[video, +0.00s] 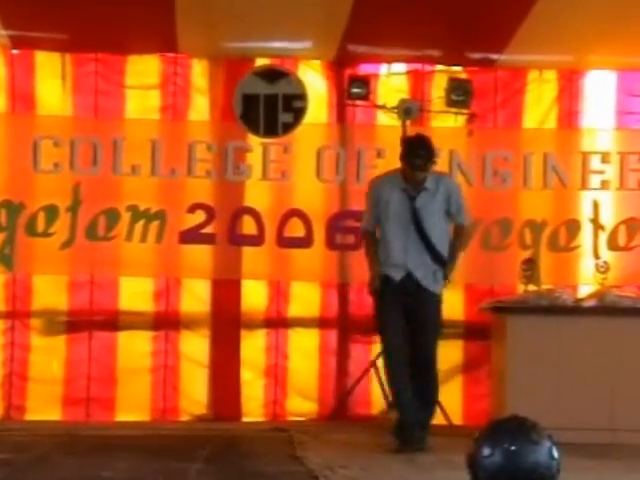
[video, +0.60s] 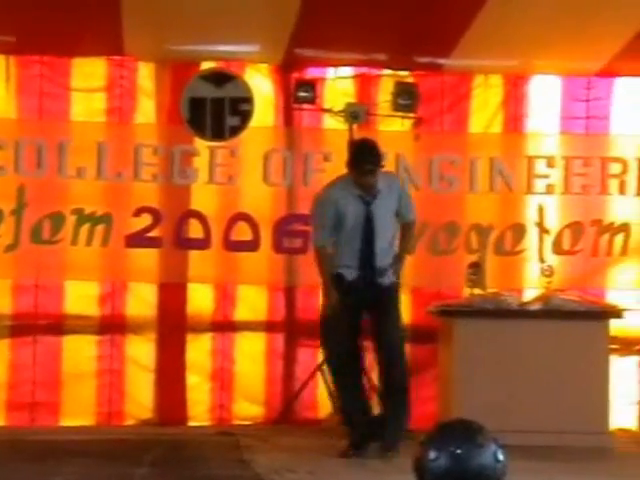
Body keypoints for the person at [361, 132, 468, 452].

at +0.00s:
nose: (419, 176)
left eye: (424, 170)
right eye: (413, 169)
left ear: (433, 165)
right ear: (402, 163)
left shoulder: (446, 187)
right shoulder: (381, 187)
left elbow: (463, 226)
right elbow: (369, 231)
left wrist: (448, 266)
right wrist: (375, 270)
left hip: (427, 282)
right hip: (389, 281)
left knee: (424, 356)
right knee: (396, 355)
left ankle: (420, 427)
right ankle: (406, 426)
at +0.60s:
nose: (370, 180)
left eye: (374, 173)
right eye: (363, 174)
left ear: (381, 168)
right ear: (351, 170)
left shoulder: (394, 188)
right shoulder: (331, 197)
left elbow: (408, 221)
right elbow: (322, 246)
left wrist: (401, 255)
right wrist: (330, 287)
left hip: (384, 282)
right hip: (345, 283)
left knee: (392, 356)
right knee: (342, 357)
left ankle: (393, 430)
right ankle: (358, 428)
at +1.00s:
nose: (360, 186)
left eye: (365, 179)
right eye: (354, 178)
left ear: (372, 177)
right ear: (341, 175)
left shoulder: (384, 203)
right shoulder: (319, 206)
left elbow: (402, 236)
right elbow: (314, 253)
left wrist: (392, 275)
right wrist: (328, 287)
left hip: (383, 294)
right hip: (344, 298)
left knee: (402, 361)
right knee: (355, 370)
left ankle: (369, 434)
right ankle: (383, 435)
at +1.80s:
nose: (341, 181)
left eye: (346, 174)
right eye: (335, 174)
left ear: (352, 171)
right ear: (320, 168)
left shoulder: (357, 198)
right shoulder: (293, 195)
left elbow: (360, 239)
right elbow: (270, 236)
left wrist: (351, 278)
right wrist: (290, 279)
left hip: (339, 297)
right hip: (301, 295)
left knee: (337, 368)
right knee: (305, 369)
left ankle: (312, 434)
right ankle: (322, 442)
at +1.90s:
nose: (336, 180)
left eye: (341, 173)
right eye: (330, 172)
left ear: (347, 172)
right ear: (316, 169)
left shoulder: (353, 201)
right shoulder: (290, 197)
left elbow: (353, 244)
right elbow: (262, 236)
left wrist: (347, 286)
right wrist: (284, 275)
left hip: (331, 298)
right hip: (293, 294)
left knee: (330, 371)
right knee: (285, 364)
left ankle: (296, 436)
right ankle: (302, 438)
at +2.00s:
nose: (324, 185)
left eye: (329, 178)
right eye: (317, 178)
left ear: (335, 176)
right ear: (303, 176)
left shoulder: (345, 206)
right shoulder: (281, 206)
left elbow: (347, 250)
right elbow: (252, 245)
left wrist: (337, 291)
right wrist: (276, 284)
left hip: (318, 306)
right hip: (279, 303)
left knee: (310, 381)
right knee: (265, 373)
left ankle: (284, 444)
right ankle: (272, 445)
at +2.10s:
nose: (320, 179)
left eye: (325, 171)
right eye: (314, 171)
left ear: (332, 169)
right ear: (300, 168)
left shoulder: (343, 196)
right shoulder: (276, 197)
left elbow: (351, 242)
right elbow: (263, 246)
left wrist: (338, 286)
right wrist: (277, 285)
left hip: (320, 296)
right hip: (283, 294)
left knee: (312, 373)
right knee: (278, 371)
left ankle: (280, 436)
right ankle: (285, 444)